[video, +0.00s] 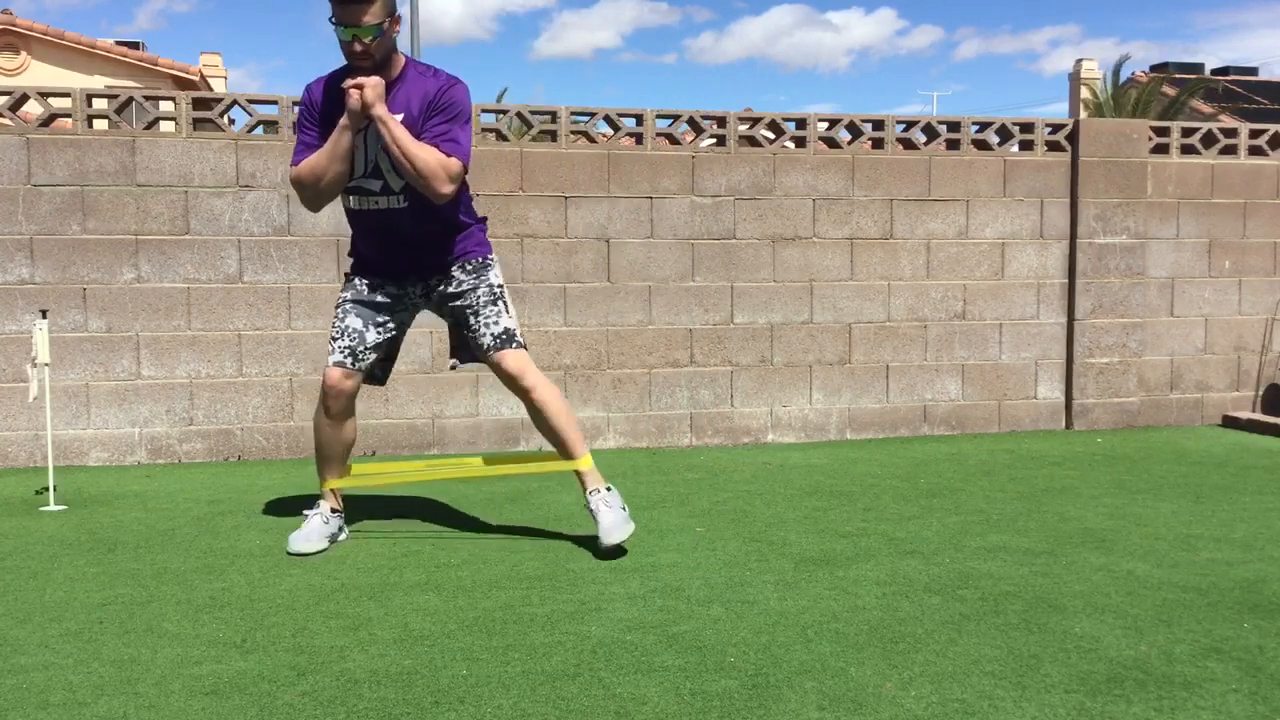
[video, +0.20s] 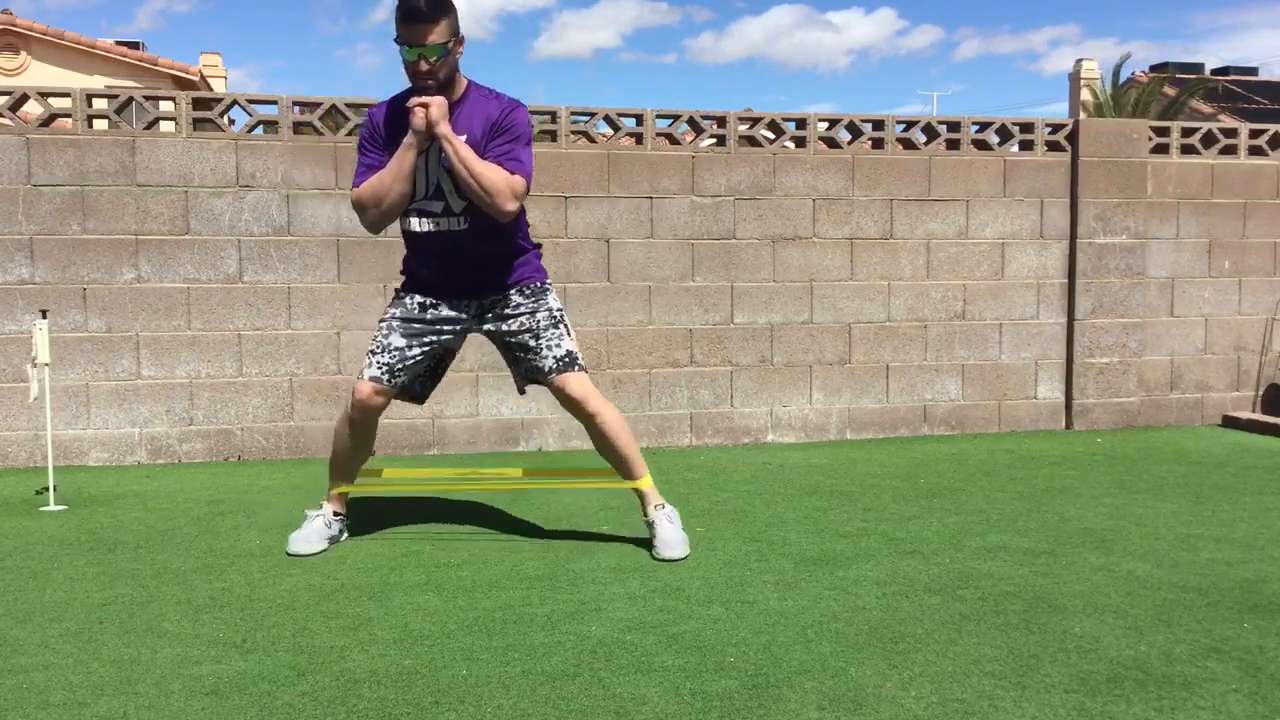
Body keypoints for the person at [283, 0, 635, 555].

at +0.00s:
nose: (355, 43)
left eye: (367, 31)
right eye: (345, 31)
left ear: (395, 24)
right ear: (332, 26)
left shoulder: (443, 91)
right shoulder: (322, 96)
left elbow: (443, 184)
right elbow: (311, 195)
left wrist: (381, 115)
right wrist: (350, 123)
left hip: (455, 257)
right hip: (377, 264)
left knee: (512, 365)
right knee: (336, 383)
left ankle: (596, 489)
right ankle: (329, 508)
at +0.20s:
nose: (421, 63)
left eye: (434, 51)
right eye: (410, 51)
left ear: (457, 47)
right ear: (398, 47)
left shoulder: (503, 113)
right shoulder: (384, 120)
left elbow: (507, 202)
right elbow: (370, 213)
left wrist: (444, 134)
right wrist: (414, 141)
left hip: (512, 284)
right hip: (428, 288)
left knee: (574, 391)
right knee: (365, 398)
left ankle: (655, 506)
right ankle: (332, 509)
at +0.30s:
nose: (471, 62)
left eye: (483, 49)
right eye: (460, 50)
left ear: (506, 42)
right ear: (447, 47)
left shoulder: (554, 110)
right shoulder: (437, 118)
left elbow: (559, 197)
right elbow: (424, 213)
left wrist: (496, 133)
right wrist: (466, 139)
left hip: (554, 284)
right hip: (472, 285)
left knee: (604, 394)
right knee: (400, 394)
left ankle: (664, 510)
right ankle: (339, 506)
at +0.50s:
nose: (542, 39)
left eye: (554, 27)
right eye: (531, 28)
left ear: (578, 20)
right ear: (519, 23)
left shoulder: (623, 85)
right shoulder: (502, 94)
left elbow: (630, 172)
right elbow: (501, 195)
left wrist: (566, 106)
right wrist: (538, 115)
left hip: (612, 261)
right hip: (532, 257)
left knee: (638, 383)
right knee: (461, 366)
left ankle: (667, 508)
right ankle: (426, 481)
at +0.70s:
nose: (570, 33)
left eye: (583, 21)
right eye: (559, 21)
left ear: (606, 14)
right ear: (547, 18)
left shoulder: (648, 81)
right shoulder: (529, 84)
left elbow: (645, 174)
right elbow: (519, 185)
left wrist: (589, 101)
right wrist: (558, 109)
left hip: (633, 254)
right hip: (557, 250)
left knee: (646, 381)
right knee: (504, 366)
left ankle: (669, 509)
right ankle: (505, 492)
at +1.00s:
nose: (567, 35)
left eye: (580, 23)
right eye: (556, 24)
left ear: (604, 18)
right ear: (545, 21)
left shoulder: (647, 82)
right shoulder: (526, 88)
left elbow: (646, 176)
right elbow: (517, 188)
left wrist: (589, 106)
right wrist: (561, 111)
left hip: (644, 254)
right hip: (568, 257)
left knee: (673, 372)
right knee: (530, 381)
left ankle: (705, 497)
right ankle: (524, 505)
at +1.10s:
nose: (576, 34)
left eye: (588, 21)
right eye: (564, 23)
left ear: (612, 15)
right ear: (552, 20)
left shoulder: (656, 77)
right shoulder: (536, 86)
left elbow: (660, 171)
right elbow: (525, 185)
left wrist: (598, 104)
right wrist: (567, 111)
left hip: (662, 251)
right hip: (586, 257)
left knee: (711, 367)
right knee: (544, 379)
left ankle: (773, 490)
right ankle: (526, 504)